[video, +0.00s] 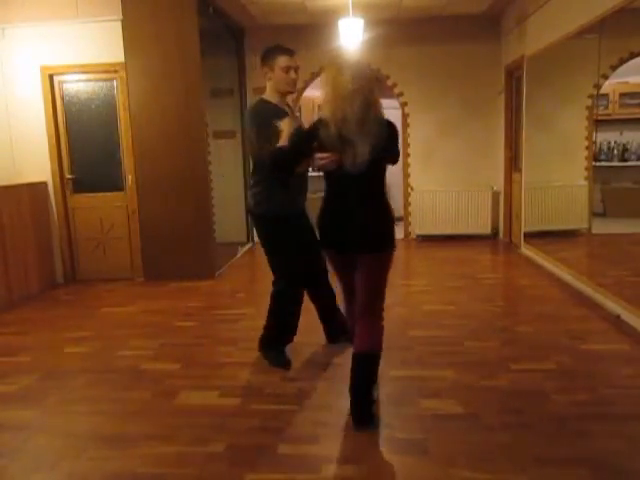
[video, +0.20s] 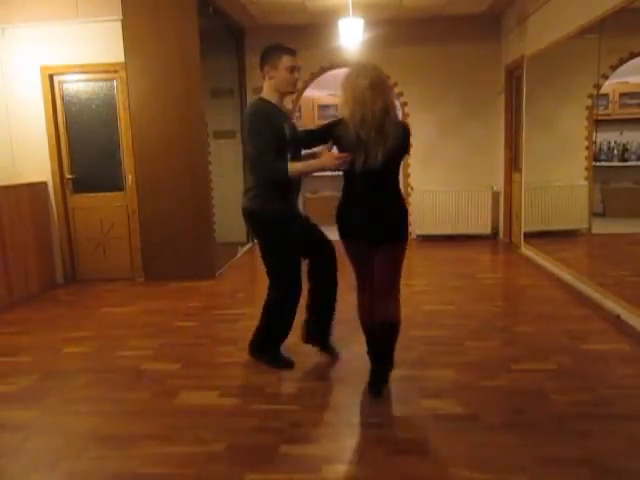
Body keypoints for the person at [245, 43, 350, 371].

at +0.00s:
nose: (294, 76)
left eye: (296, 70)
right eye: (287, 70)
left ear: (297, 73)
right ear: (267, 73)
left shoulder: (291, 111)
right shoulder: (260, 112)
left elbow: (303, 152)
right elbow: (267, 163)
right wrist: (285, 140)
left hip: (292, 207)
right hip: (270, 209)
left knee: (314, 269)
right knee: (291, 275)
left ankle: (336, 328)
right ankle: (272, 343)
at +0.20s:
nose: (297, 77)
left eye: (297, 70)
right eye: (291, 70)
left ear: (274, 74)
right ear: (268, 72)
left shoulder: (278, 112)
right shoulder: (260, 113)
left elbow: (300, 142)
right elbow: (269, 169)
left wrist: (344, 124)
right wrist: (319, 164)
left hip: (280, 209)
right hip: (266, 211)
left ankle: (318, 329)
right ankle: (264, 345)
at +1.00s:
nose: (294, 73)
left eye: (294, 65)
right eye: (292, 65)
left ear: (267, 60)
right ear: (275, 61)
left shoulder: (260, 104)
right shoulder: (246, 102)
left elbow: (264, 168)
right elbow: (239, 169)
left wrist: (302, 164)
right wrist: (293, 186)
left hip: (263, 223)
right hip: (244, 225)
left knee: (285, 301)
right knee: (254, 309)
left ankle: (272, 393)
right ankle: (210, 401)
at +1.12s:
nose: (286, 74)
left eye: (287, 66)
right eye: (285, 65)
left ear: (262, 59)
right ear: (270, 60)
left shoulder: (250, 101)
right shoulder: (242, 99)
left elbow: (250, 166)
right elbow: (233, 166)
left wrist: (289, 165)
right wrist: (284, 188)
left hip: (244, 221)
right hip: (232, 222)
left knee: (277, 297)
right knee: (236, 307)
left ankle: (273, 389)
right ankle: (201, 410)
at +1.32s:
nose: (272, 72)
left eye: (271, 64)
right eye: (270, 64)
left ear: (244, 60)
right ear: (257, 62)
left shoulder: (229, 100)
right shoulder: (233, 104)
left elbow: (231, 171)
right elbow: (235, 175)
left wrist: (268, 165)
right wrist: (286, 190)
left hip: (222, 216)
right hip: (221, 220)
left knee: (269, 279)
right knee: (225, 309)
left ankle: (229, 359)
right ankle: (198, 417)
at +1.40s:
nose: (269, 70)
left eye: (268, 63)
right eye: (266, 62)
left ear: (240, 61)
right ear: (250, 62)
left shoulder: (226, 101)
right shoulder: (229, 104)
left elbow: (226, 170)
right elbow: (236, 174)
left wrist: (259, 161)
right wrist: (287, 190)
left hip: (220, 214)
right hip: (221, 217)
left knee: (249, 291)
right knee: (237, 298)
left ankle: (202, 366)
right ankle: (200, 416)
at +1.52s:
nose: (260, 73)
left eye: (259, 66)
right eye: (258, 66)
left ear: (231, 64)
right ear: (243, 65)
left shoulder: (219, 103)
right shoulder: (224, 108)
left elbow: (224, 167)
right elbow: (228, 176)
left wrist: (259, 151)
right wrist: (277, 185)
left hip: (213, 214)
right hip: (219, 217)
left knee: (231, 300)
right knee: (249, 299)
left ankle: (194, 373)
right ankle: (215, 395)